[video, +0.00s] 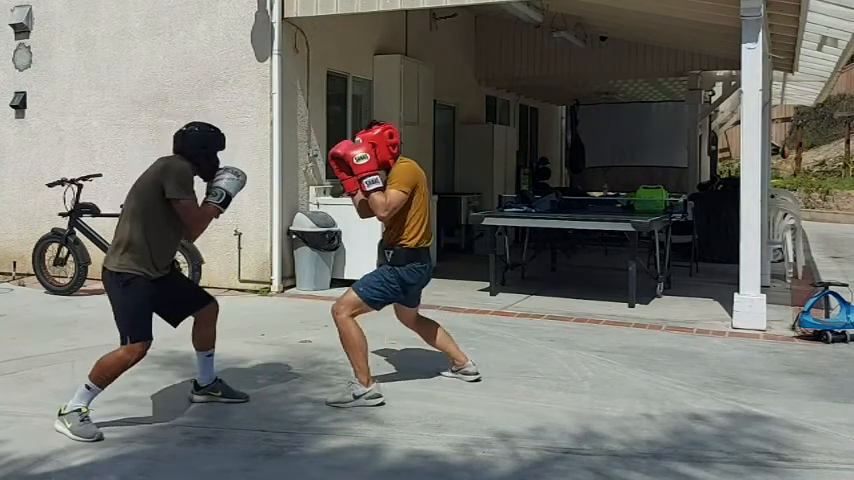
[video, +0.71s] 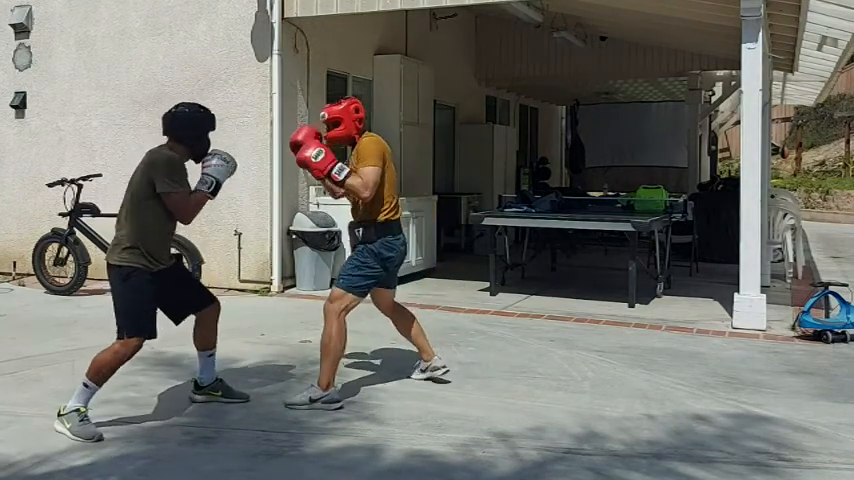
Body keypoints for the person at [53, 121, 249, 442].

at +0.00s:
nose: (218, 159)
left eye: (218, 152)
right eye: (215, 152)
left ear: (187, 148)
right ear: (200, 152)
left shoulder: (176, 174)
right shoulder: (174, 168)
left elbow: (188, 231)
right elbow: (195, 225)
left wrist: (215, 200)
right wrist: (219, 195)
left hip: (157, 270)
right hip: (127, 271)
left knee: (207, 309)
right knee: (136, 345)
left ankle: (206, 383)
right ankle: (73, 410)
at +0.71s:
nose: (210, 140)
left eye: (210, 133)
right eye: (207, 133)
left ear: (176, 132)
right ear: (193, 134)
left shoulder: (172, 163)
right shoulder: (163, 159)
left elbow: (179, 212)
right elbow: (186, 213)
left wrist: (208, 183)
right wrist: (209, 180)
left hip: (159, 262)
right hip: (130, 262)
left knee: (209, 307)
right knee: (132, 339)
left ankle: (206, 381)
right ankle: (73, 409)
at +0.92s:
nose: (220, 137)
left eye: (220, 131)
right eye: (216, 131)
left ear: (196, 133)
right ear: (200, 133)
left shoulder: (205, 158)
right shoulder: (172, 155)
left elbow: (246, 165)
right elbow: (198, 202)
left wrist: (278, 154)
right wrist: (224, 172)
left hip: (163, 255)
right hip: (128, 252)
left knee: (206, 307)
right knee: (113, 327)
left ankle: (207, 381)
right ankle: (57, 400)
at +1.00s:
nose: (218, 139)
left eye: (217, 133)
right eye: (213, 133)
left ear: (189, 135)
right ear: (199, 136)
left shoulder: (201, 163)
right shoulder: (168, 160)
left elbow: (231, 188)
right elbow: (194, 211)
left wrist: (257, 176)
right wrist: (221, 178)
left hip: (165, 257)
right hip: (129, 255)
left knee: (211, 308)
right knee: (107, 330)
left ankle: (208, 381)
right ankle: (44, 399)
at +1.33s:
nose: (151, 165)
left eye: (149, 158)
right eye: (144, 161)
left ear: (131, 167)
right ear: (124, 171)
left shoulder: (147, 187)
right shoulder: (95, 200)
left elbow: (167, 226)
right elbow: (135, 245)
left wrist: (175, 246)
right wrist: (158, 205)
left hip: (145, 277)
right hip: (103, 281)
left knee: (205, 315)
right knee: (84, 347)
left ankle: (207, 382)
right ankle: (23, 410)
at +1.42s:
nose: (138, 163)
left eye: (136, 156)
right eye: (131, 158)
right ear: (111, 169)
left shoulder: (140, 182)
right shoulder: (80, 196)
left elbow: (161, 207)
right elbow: (114, 243)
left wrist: (164, 244)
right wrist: (142, 200)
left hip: (139, 275)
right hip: (96, 279)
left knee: (199, 315)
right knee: (81, 344)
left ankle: (206, 382)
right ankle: (22, 411)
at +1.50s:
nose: (134, 156)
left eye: (132, 150)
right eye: (126, 152)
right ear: (106, 161)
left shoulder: (136, 175)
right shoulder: (77, 191)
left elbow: (158, 201)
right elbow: (110, 238)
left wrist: (164, 237)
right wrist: (138, 199)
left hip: (139, 271)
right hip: (95, 276)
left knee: (196, 314)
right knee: (79, 342)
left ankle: (206, 382)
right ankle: (22, 411)